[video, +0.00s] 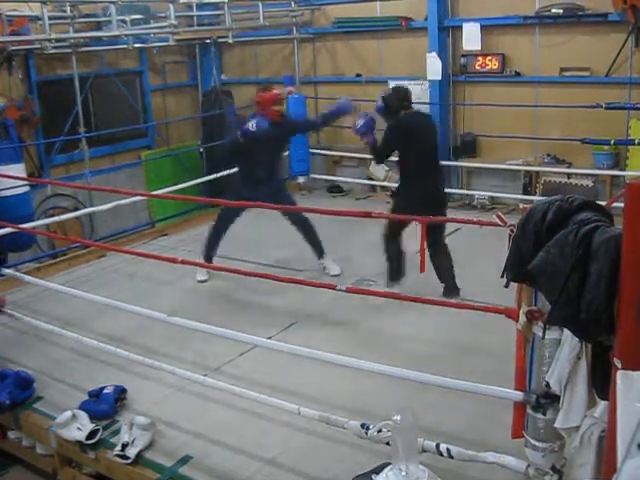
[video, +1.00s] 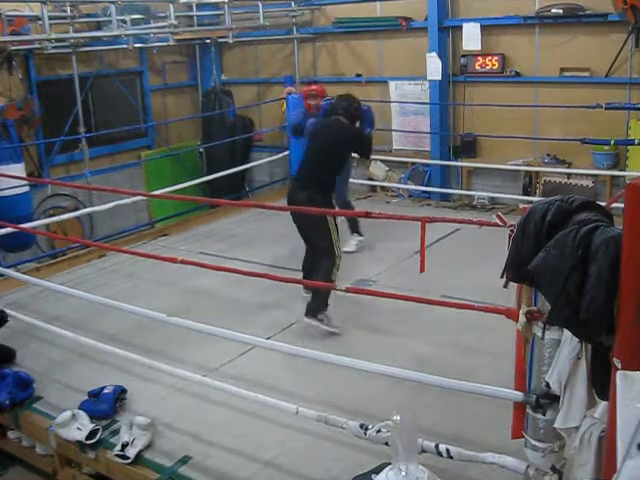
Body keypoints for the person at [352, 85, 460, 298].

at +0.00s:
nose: (385, 109)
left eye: (387, 105)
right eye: (386, 105)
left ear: (394, 106)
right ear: (410, 103)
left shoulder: (398, 125)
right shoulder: (426, 120)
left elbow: (380, 156)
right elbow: (409, 139)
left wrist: (368, 137)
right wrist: (389, 116)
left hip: (410, 194)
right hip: (434, 192)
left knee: (392, 234)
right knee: (436, 240)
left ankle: (395, 276)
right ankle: (451, 287)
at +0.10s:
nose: (380, 114)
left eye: (382, 110)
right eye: (380, 110)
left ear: (387, 112)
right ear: (404, 110)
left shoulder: (384, 131)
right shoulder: (421, 127)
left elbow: (354, 141)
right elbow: (394, 122)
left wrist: (339, 127)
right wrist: (373, 111)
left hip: (397, 203)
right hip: (422, 201)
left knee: (367, 238)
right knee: (432, 247)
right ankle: (451, 290)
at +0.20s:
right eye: (397, 106)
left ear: (377, 105)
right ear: (397, 107)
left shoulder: (365, 122)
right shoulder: (404, 124)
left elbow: (333, 123)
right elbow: (410, 142)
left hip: (373, 198)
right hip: (399, 198)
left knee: (356, 240)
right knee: (423, 241)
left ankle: (329, 279)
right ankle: (448, 289)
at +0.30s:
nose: (391, 111)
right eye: (391, 107)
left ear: (368, 103)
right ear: (389, 107)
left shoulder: (353, 119)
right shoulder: (392, 123)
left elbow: (329, 133)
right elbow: (401, 151)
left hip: (349, 194)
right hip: (376, 195)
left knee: (341, 242)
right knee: (398, 239)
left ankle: (325, 287)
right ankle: (416, 285)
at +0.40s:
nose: (383, 112)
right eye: (381, 108)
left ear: (358, 106)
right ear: (381, 110)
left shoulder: (343, 128)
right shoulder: (382, 132)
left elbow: (324, 158)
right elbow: (394, 158)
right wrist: (392, 132)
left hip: (330, 200)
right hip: (356, 203)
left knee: (333, 245)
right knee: (371, 252)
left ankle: (323, 288)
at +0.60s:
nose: (376, 128)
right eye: (375, 125)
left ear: (350, 122)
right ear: (373, 126)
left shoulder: (335, 141)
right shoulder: (372, 147)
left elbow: (312, 167)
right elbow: (389, 170)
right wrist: (385, 147)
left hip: (308, 205)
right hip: (332, 211)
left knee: (324, 247)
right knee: (338, 275)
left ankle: (314, 283)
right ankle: (313, 327)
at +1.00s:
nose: (357, 121)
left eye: (356, 116)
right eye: (356, 117)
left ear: (335, 111)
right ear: (351, 116)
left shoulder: (319, 126)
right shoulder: (346, 132)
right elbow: (365, 150)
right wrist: (363, 130)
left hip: (297, 195)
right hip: (317, 199)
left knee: (314, 245)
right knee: (330, 254)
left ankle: (309, 284)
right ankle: (316, 311)